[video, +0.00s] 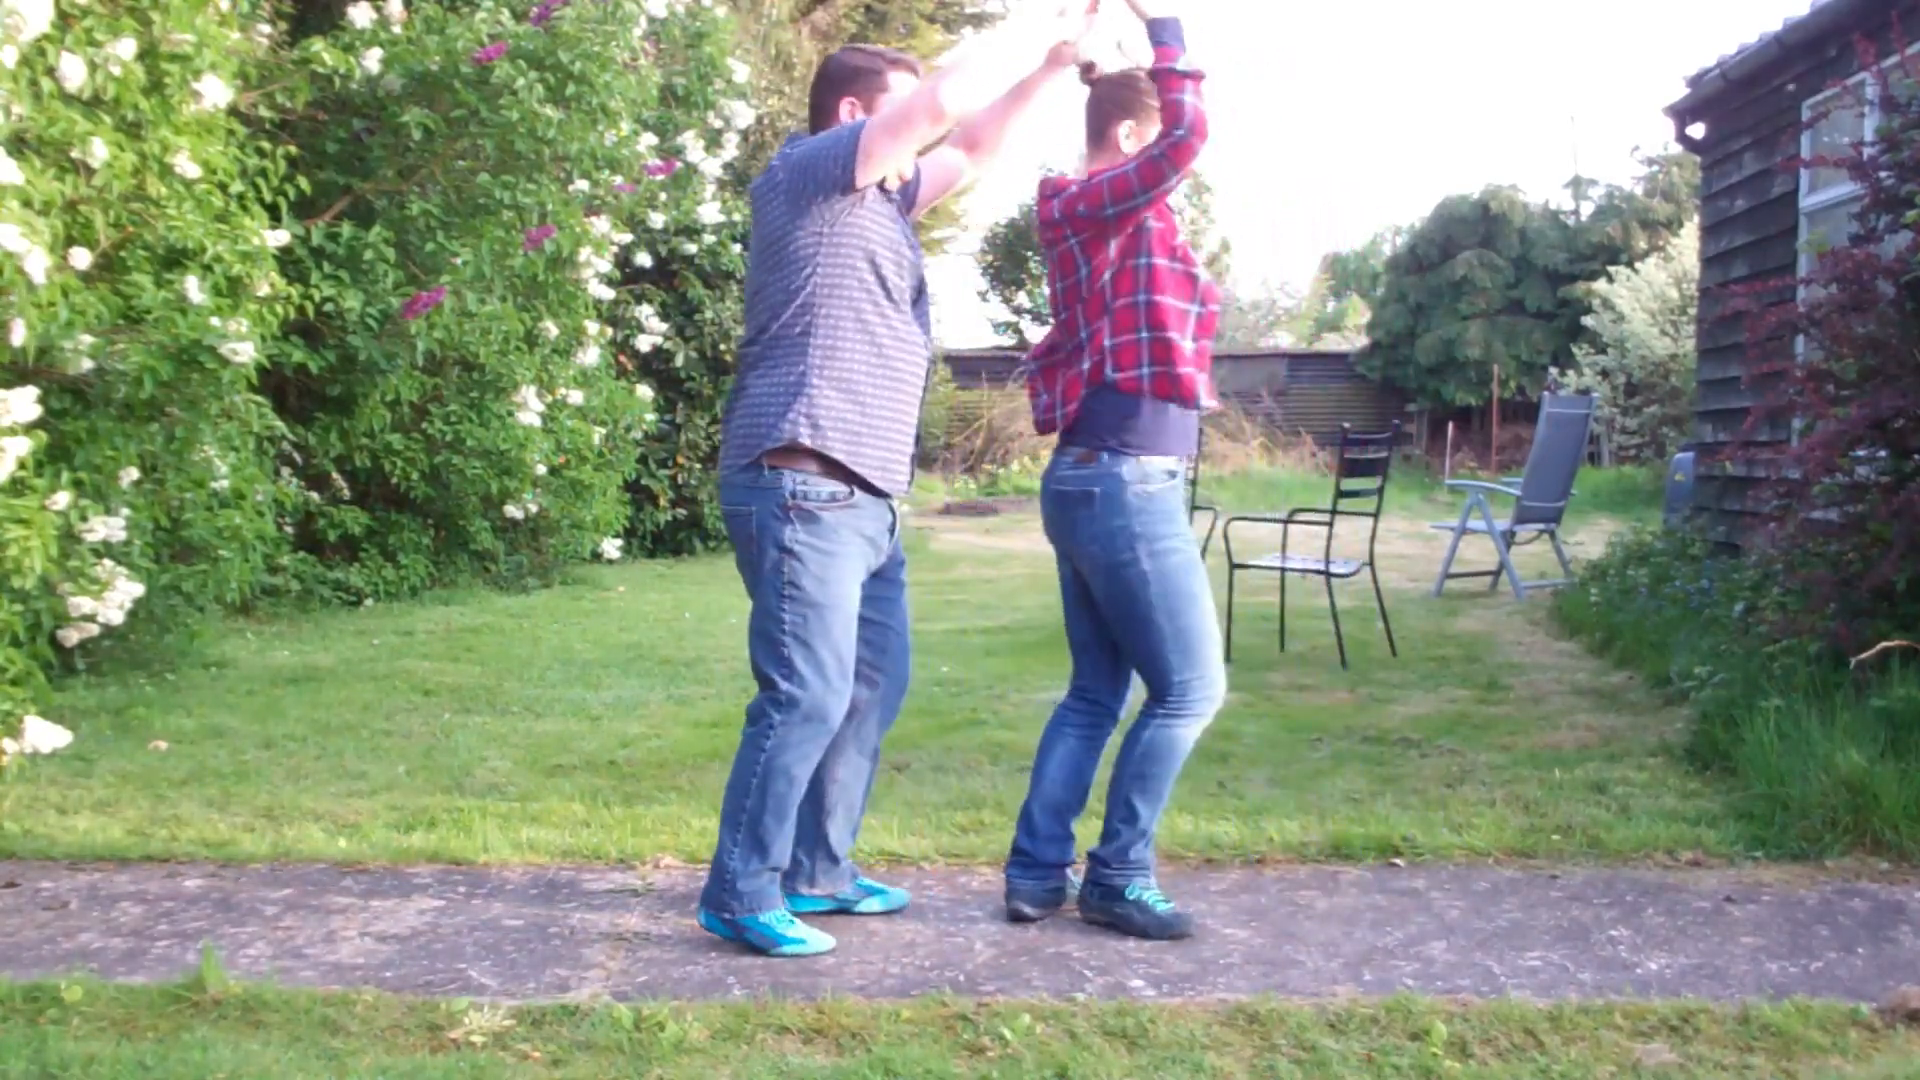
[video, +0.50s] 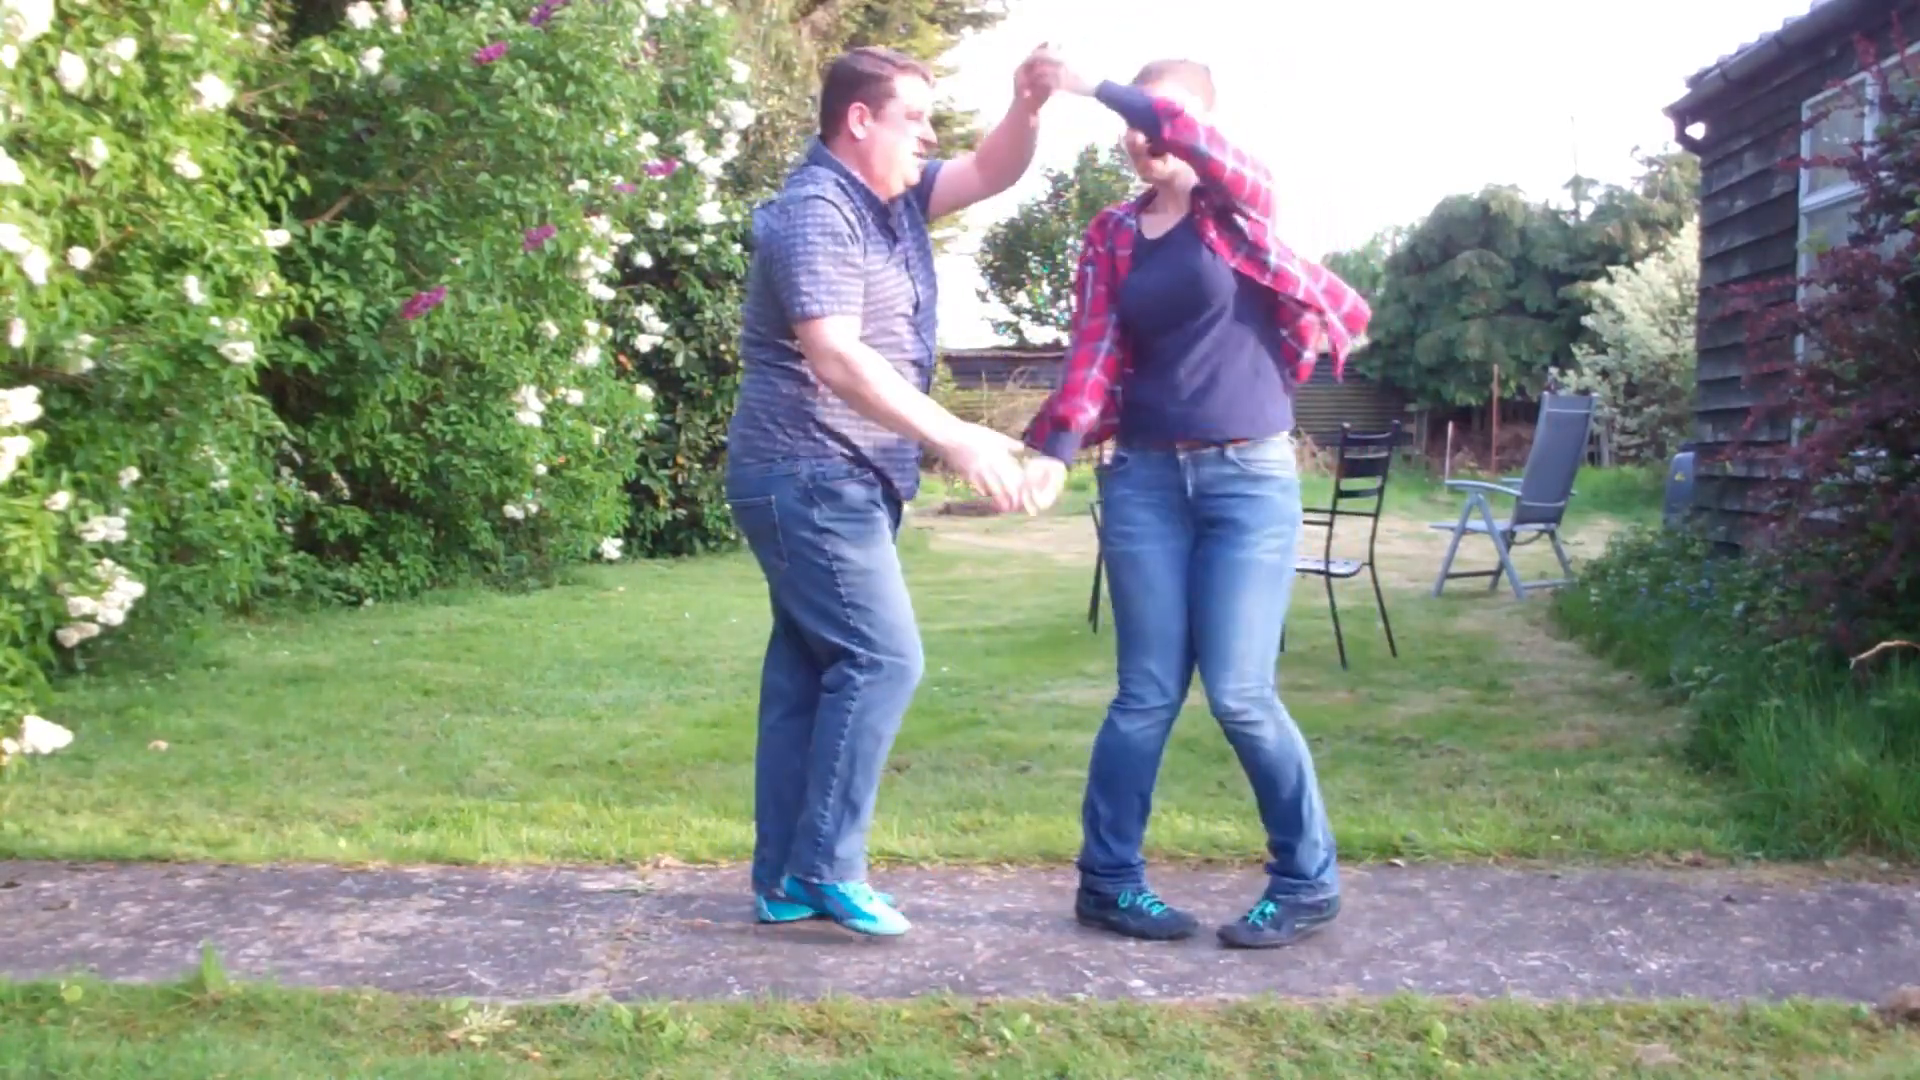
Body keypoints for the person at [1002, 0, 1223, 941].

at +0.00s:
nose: (1170, 141)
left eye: (1168, 126)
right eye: (1162, 127)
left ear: (1104, 124)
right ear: (1128, 128)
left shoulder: (1098, 207)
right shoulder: (1093, 195)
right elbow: (1186, 134)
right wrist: (1162, 40)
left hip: (1090, 475)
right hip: (1127, 481)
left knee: (1096, 692)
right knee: (1191, 689)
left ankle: (1034, 873)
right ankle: (1117, 876)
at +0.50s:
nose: (1149, 137)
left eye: (1165, 122)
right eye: (1140, 121)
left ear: (1205, 128)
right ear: (1125, 135)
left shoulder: (1242, 205)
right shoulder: (1112, 230)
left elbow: (1188, 127)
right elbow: (1092, 352)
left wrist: (1095, 86)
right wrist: (1052, 449)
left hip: (1252, 476)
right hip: (1143, 479)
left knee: (1237, 691)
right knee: (1148, 691)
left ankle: (1308, 881)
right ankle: (1108, 880)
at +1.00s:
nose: (1221, 140)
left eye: (1235, 124)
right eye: (1220, 127)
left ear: (1287, 130)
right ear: (1287, 133)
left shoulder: (1308, 213)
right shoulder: (1294, 212)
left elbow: (1240, 349)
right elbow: (1234, 181)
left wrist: (1137, 357)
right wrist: (1199, 108)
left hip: (1305, 474)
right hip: (1296, 471)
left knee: (1260, 689)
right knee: (1262, 683)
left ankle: (1312, 890)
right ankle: (1394, 812)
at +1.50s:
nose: (1265, 132)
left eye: (1278, 118)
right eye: (1266, 118)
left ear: (1331, 126)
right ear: (1316, 125)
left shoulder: (1368, 221)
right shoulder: (1292, 208)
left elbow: (1325, 356)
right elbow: (1201, 194)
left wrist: (1228, 421)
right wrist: (1164, 119)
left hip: (1361, 471)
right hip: (1325, 469)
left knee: (1312, 675)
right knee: (1364, 674)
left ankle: (1384, 857)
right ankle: (1443, 837)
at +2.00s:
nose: (1225, 133)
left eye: (1236, 119)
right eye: (1226, 119)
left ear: (1285, 126)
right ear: (1265, 130)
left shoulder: (1331, 227)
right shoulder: (1237, 199)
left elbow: (1331, 361)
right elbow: (1160, 126)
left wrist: (1223, 374)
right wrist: (1081, 45)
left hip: (1318, 468)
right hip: (1250, 471)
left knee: (1337, 674)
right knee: (1217, 665)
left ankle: (1392, 865)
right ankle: (1270, 847)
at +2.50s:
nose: (1106, 152)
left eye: (1115, 135)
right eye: (1108, 136)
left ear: (1152, 135)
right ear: (1163, 136)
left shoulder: (1169, 228)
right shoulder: (1191, 212)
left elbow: (1152, 368)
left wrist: (1069, 410)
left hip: (1166, 482)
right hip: (1213, 474)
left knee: (1075, 669)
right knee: (1193, 678)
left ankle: (1105, 860)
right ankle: (1270, 846)